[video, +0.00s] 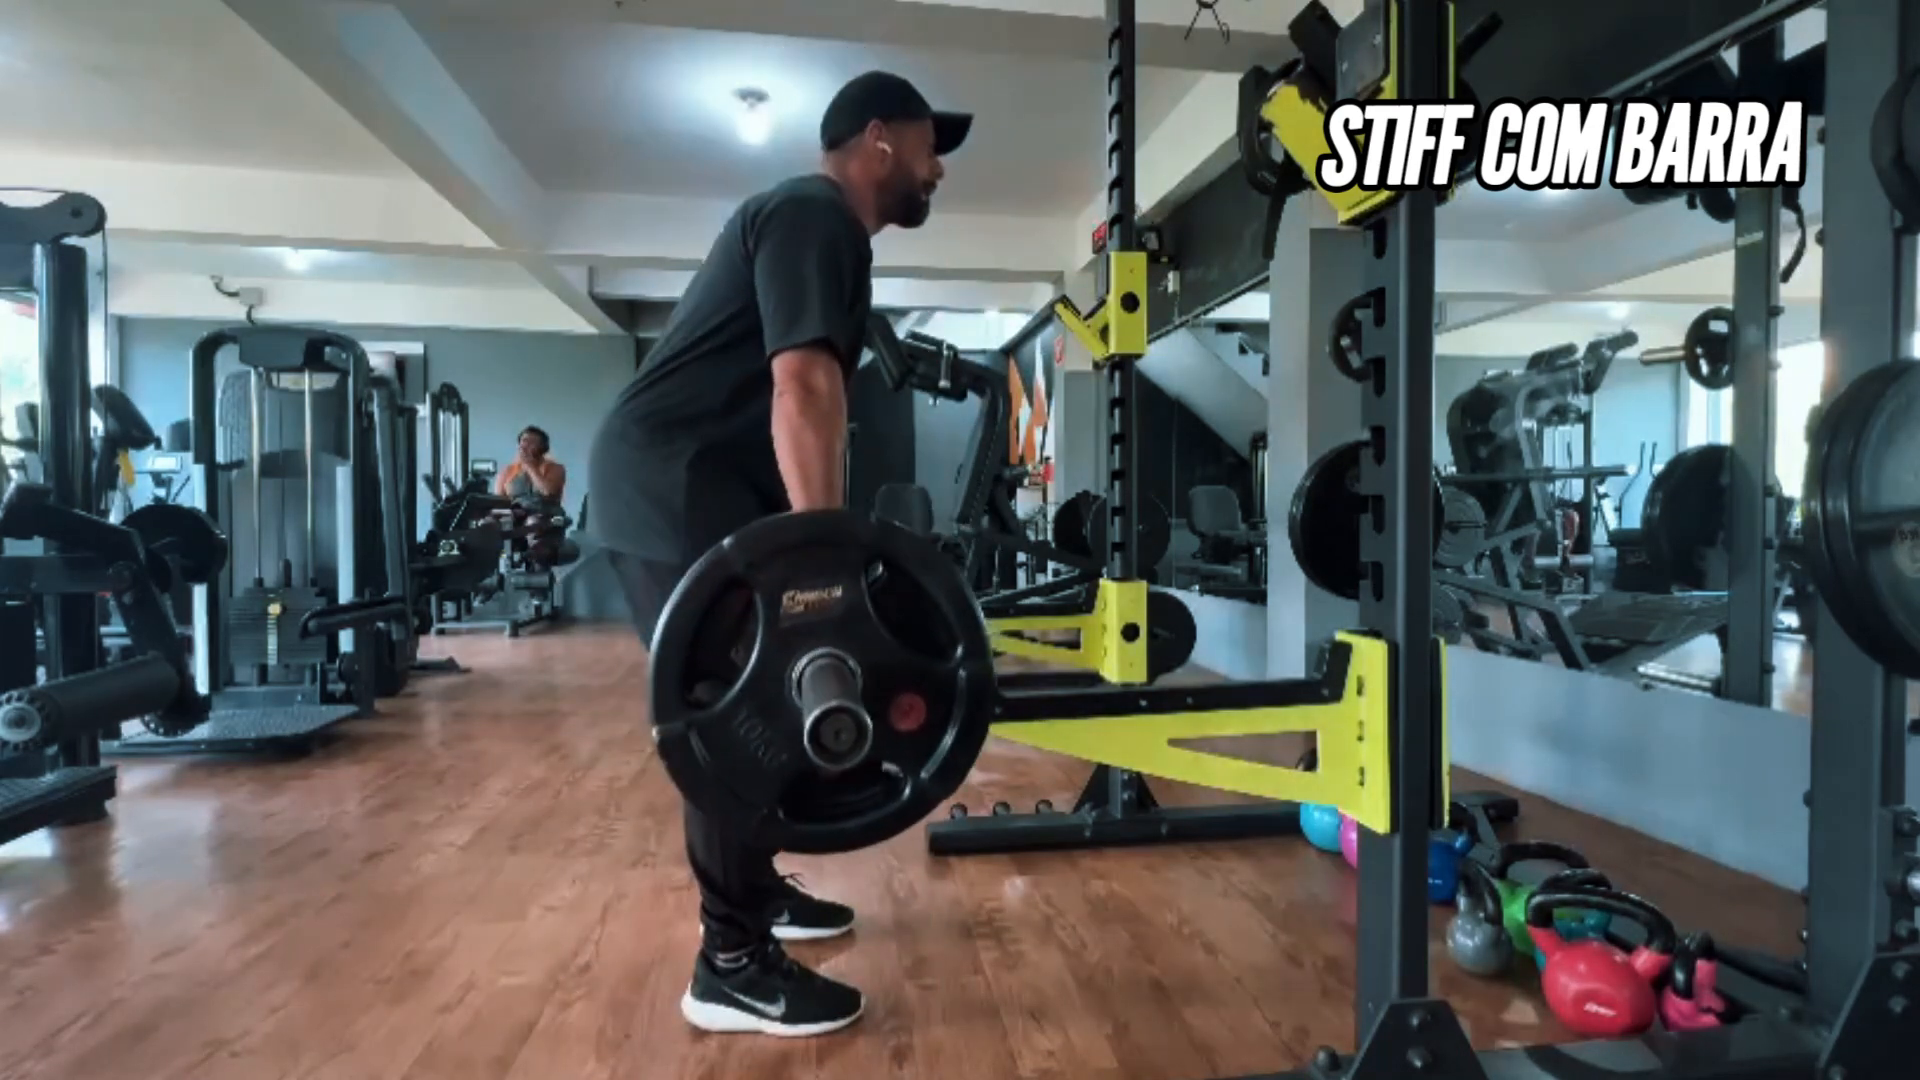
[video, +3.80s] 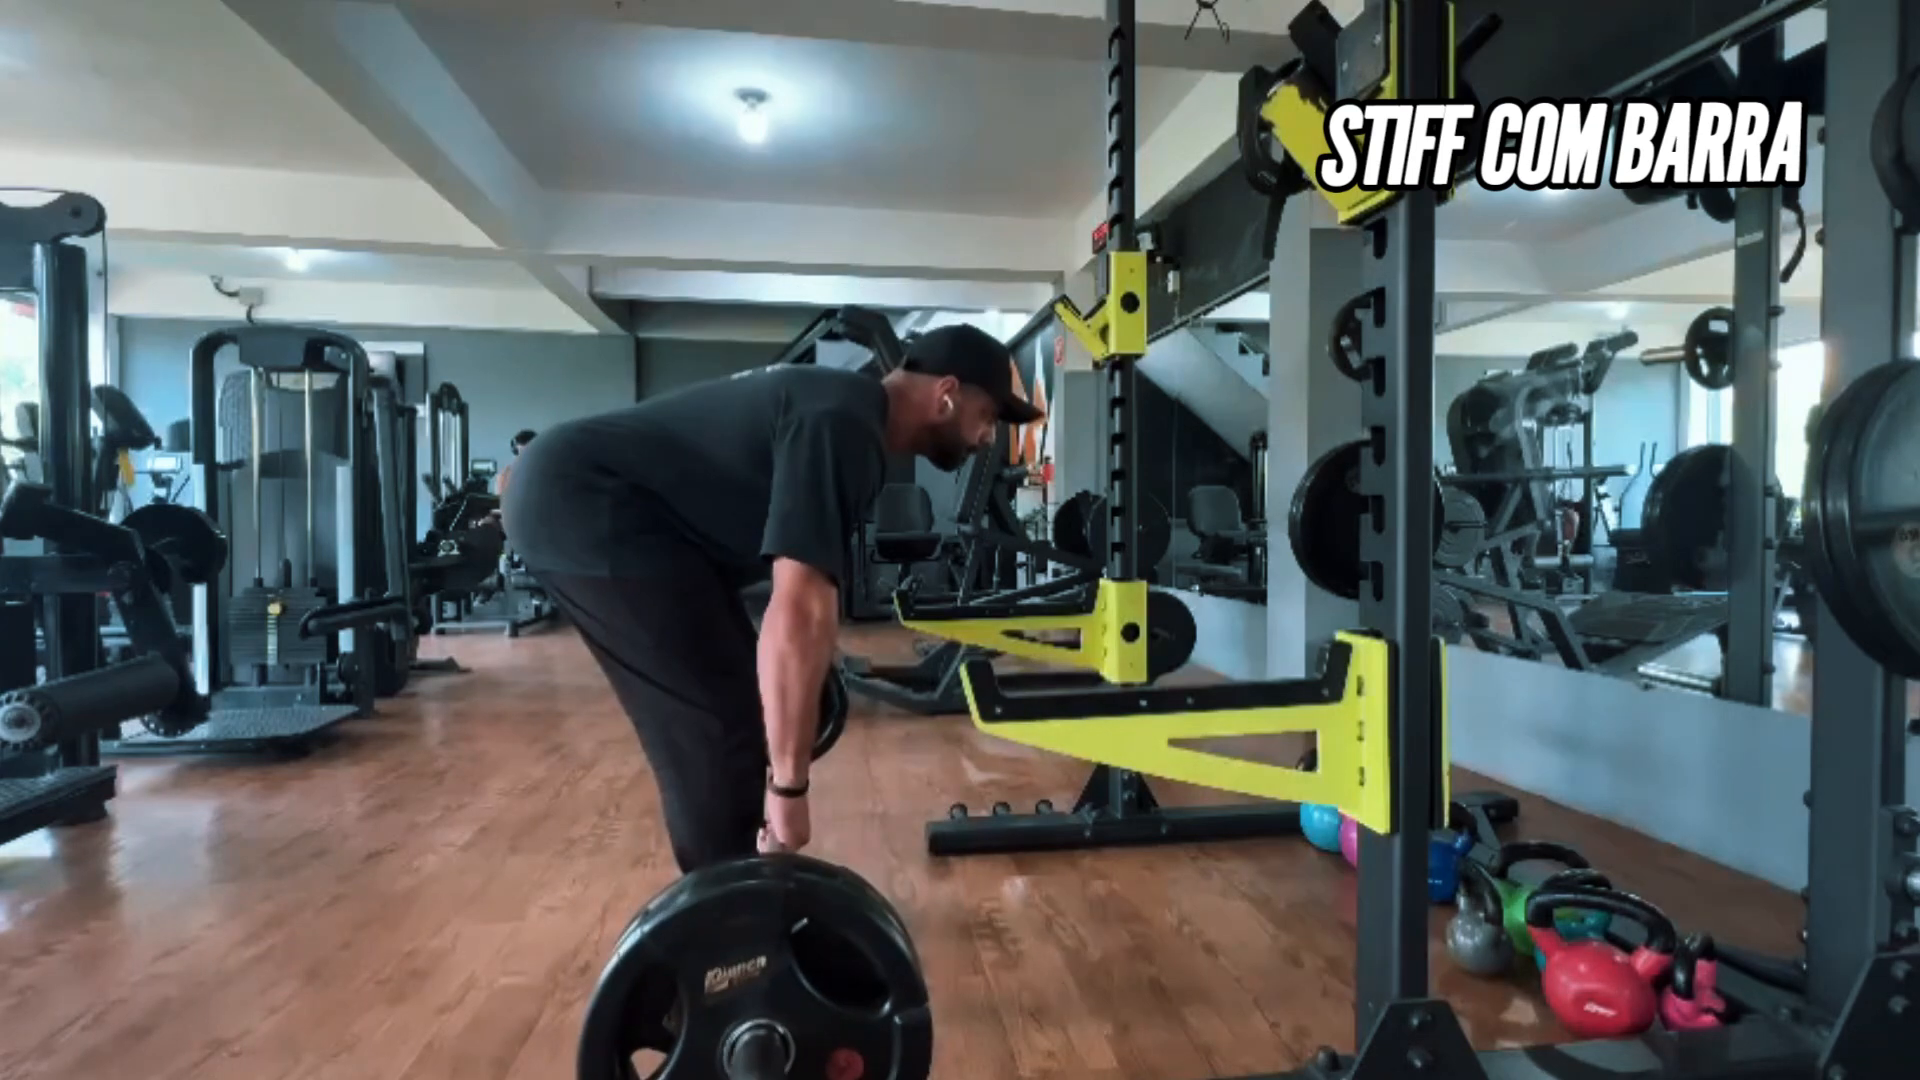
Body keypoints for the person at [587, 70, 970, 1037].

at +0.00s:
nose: (938, 172)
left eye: (939, 154)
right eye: (930, 150)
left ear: (871, 146)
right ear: (875, 140)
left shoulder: (832, 229)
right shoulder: (810, 210)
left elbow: (806, 390)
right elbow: (803, 383)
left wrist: (825, 565)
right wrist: (826, 564)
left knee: (745, 690)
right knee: (724, 703)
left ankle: (750, 888)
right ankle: (728, 957)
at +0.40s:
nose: (990, 315)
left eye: (994, 298)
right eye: (986, 292)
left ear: (934, 280)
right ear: (938, 277)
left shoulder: (850, 332)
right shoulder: (840, 322)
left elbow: (822, 502)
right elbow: (814, 499)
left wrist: (816, 665)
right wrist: (818, 675)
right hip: (620, 481)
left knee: (709, 715)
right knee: (741, 709)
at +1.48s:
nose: (934, 178)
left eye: (935, 160)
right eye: (925, 157)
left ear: (867, 153)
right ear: (870, 148)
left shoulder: (820, 234)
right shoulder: (800, 216)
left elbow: (799, 394)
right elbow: (788, 386)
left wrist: (810, 562)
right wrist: (813, 566)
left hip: (694, 475)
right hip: (660, 475)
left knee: (741, 682)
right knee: (724, 697)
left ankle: (748, 881)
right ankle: (729, 958)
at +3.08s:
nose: (971, 299)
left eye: (975, 282)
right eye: (966, 277)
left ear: (910, 266)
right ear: (913, 261)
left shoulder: (836, 326)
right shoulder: (820, 308)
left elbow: (800, 494)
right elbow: (796, 490)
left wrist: (802, 657)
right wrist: (805, 668)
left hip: (602, 487)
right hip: (612, 487)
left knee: (688, 722)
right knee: (747, 707)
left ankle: (716, 945)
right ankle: (767, 943)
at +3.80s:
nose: (987, 438)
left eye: (997, 424)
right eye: (988, 417)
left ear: (941, 390)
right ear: (946, 391)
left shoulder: (845, 417)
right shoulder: (837, 419)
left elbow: (813, 597)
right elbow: (800, 607)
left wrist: (783, 765)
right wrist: (788, 787)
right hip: (584, 500)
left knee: (721, 719)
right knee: (721, 725)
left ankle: (737, 929)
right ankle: (736, 939)